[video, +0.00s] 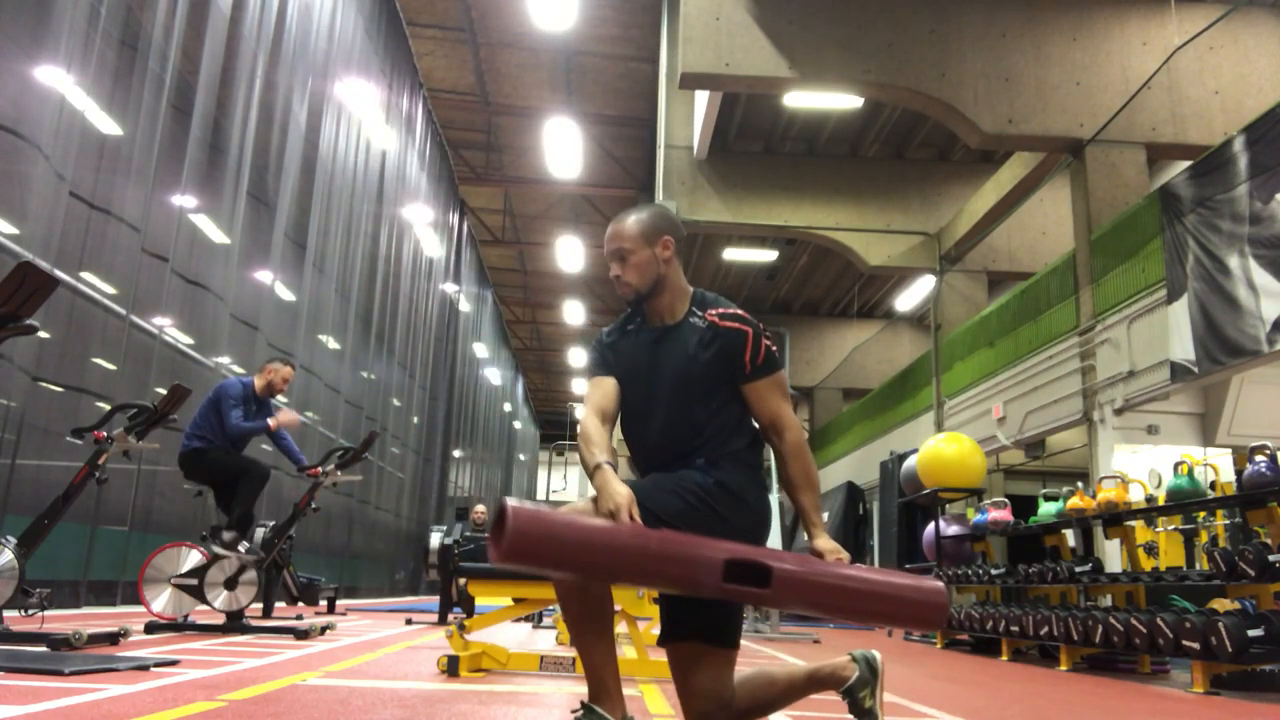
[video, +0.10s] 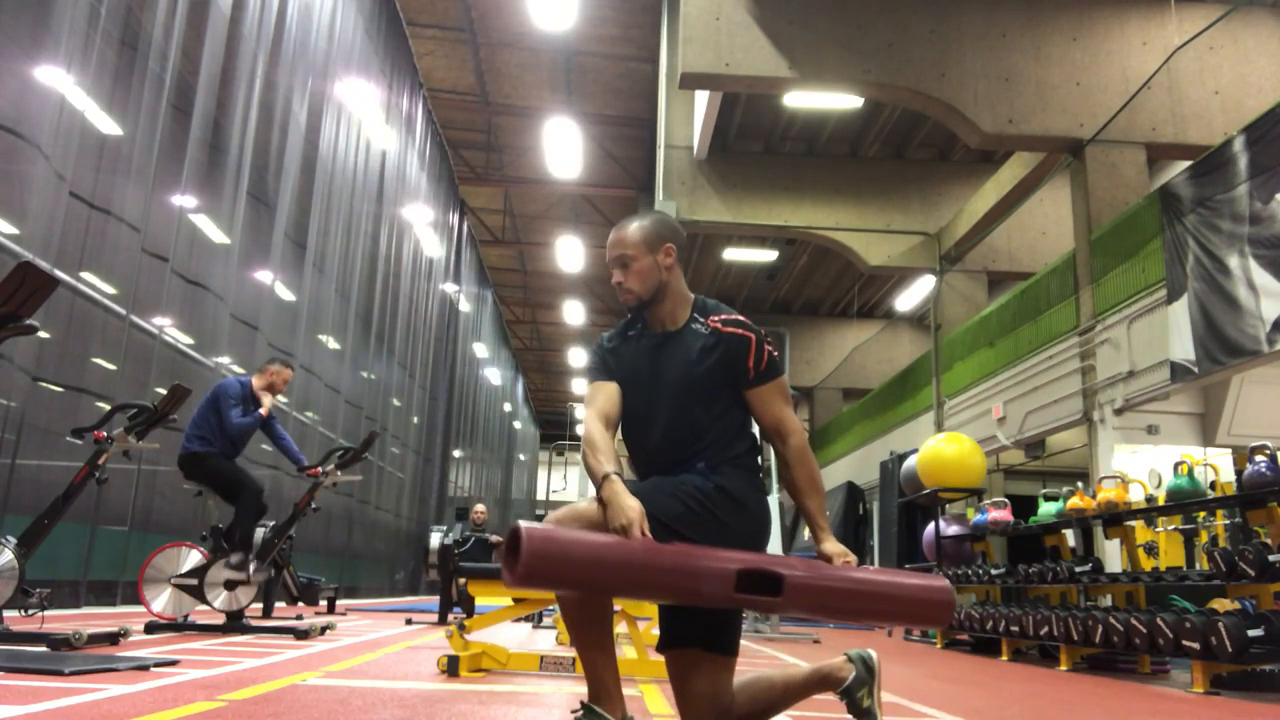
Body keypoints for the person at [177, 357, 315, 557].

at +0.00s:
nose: (285, 389)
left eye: (288, 384)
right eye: (284, 381)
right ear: (269, 372)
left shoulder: (264, 405)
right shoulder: (232, 388)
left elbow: (278, 435)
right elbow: (234, 429)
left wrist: (303, 465)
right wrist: (273, 422)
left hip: (221, 462)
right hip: (197, 456)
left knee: (245, 517)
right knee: (258, 471)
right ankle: (231, 534)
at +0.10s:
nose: (284, 389)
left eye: (287, 384)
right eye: (284, 382)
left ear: (272, 376)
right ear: (272, 374)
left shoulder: (259, 401)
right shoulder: (230, 387)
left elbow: (277, 435)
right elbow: (234, 428)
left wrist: (303, 465)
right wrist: (263, 412)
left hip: (217, 460)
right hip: (198, 456)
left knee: (258, 507)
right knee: (252, 490)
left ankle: (224, 543)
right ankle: (239, 556)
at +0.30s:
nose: (283, 390)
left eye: (286, 385)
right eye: (285, 384)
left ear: (272, 377)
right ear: (278, 378)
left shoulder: (257, 400)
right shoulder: (232, 386)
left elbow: (277, 435)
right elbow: (238, 426)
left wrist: (304, 465)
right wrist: (263, 410)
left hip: (226, 461)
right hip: (201, 459)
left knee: (276, 476)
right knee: (225, 513)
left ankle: (239, 528)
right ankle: (215, 584)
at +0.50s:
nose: (283, 393)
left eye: (285, 388)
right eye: (285, 387)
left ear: (271, 379)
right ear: (278, 382)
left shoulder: (259, 403)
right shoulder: (232, 387)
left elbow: (277, 436)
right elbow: (241, 423)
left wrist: (304, 466)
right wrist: (263, 412)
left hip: (222, 461)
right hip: (199, 457)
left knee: (265, 500)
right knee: (244, 496)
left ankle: (255, 560)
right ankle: (198, 550)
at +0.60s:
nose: (284, 390)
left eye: (287, 385)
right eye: (286, 385)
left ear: (271, 377)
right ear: (278, 380)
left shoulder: (259, 405)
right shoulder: (232, 387)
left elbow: (278, 436)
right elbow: (241, 423)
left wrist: (303, 466)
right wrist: (263, 411)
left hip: (219, 462)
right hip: (198, 456)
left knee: (249, 514)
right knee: (255, 481)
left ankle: (236, 566)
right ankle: (208, 531)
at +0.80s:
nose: (285, 389)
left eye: (287, 383)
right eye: (286, 383)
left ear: (271, 377)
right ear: (277, 378)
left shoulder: (260, 402)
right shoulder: (233, 386)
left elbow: (278, 435)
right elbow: (245, 418)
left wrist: (303, 465)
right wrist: (267, 405)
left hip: (218, 461)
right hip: (198, 456)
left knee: (250, 510)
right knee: (258, 478)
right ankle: (237, 539)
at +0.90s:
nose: (284, 389)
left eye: (285, 385)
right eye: (285, 384)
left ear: (271, 377)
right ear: (276, 378)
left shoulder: (259, 400)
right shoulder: (233, 386)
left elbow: (277, 435)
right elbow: (247, 416)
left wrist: (303, 466)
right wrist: (268, 402)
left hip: (221, 460)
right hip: (201, 457)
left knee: (265, 501)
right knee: (249, 496)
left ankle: (226, 537)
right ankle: (236, 564)